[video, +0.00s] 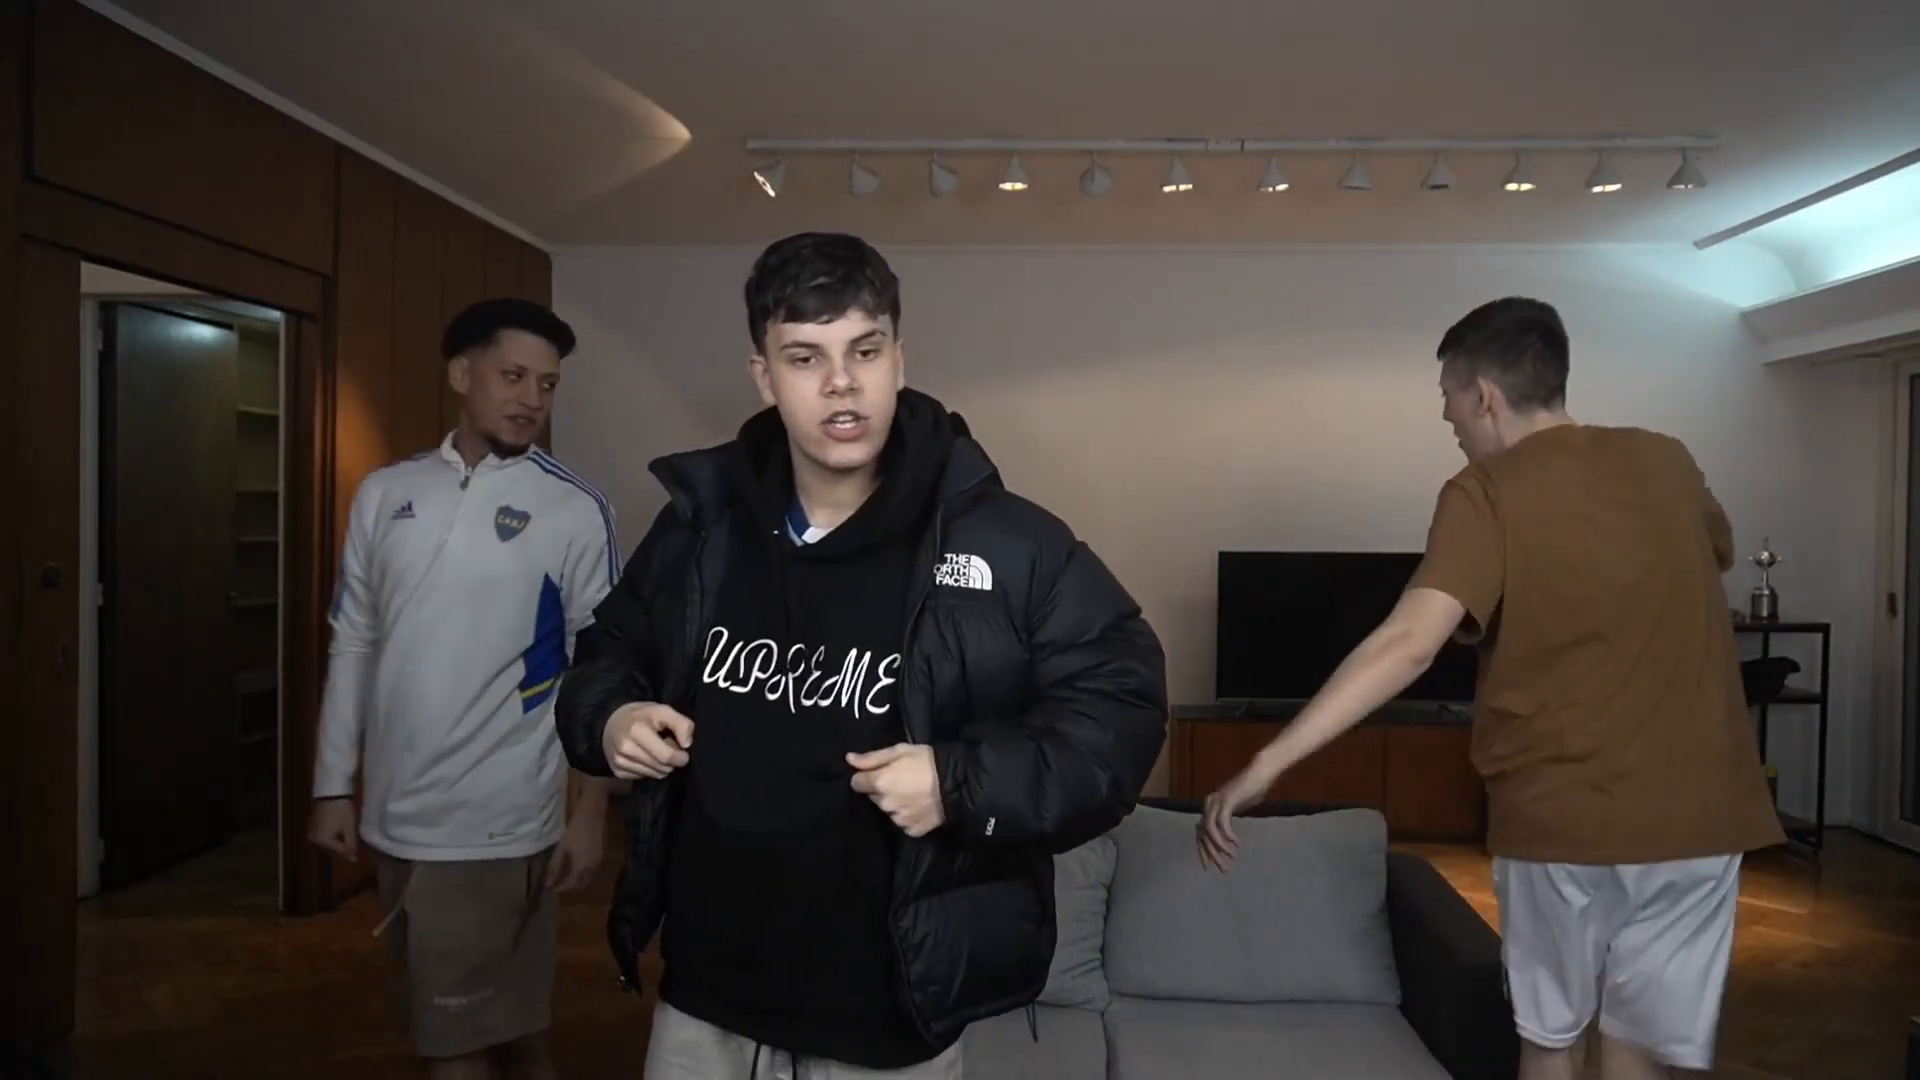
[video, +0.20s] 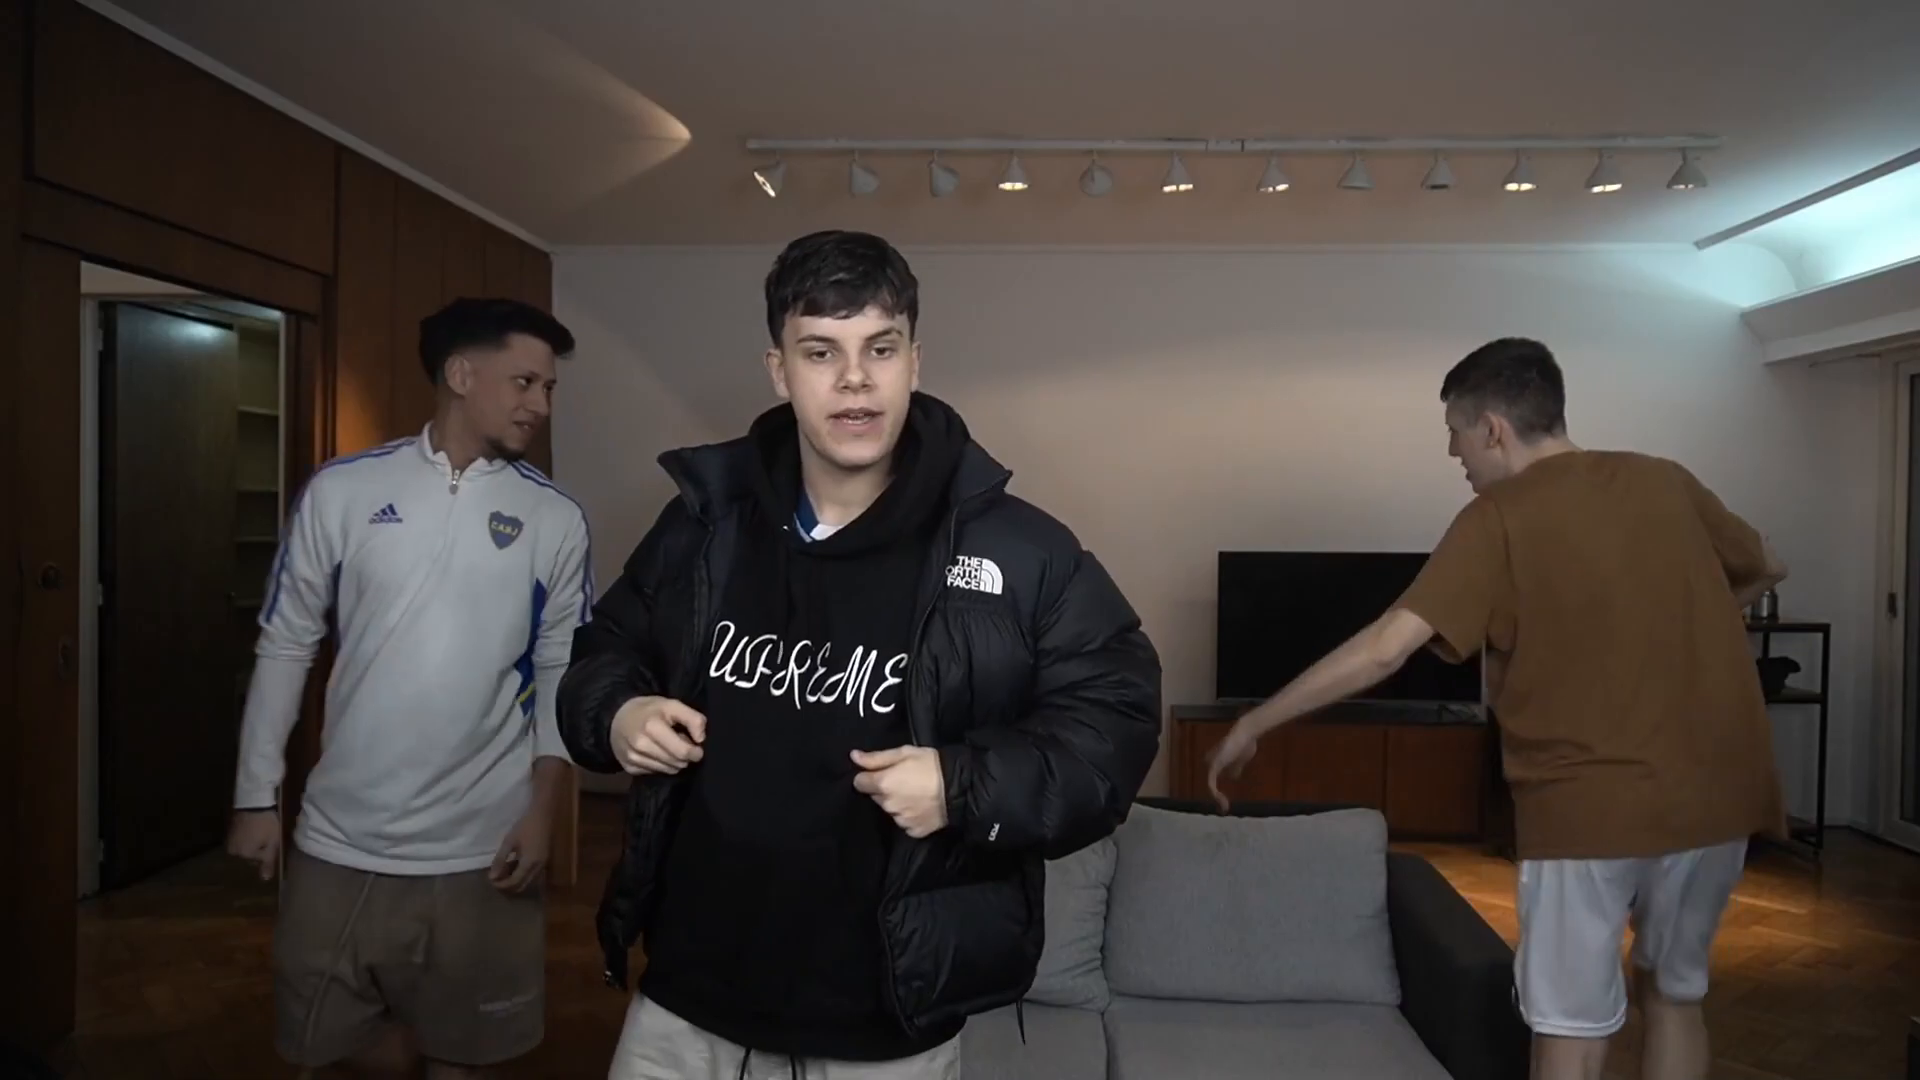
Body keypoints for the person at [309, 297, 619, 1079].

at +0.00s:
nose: (533, 398)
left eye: (546, 384)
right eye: (516, 376)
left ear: (553, 394)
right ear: (460, 373)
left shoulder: (574, 509)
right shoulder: (387, 495)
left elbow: (598, 663)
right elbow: (353, 642)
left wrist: (589, 809)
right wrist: (333, 787)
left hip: (506, 828)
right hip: (398, 819)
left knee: (457, 1046)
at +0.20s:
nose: (541, 406)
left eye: (547, 388)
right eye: (525, 382)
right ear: (459, 374)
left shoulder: (555, 521)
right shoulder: (341, 493)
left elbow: (559, 671)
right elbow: (286, 644)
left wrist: (546, 802)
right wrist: (256, 797)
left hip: (482, 861)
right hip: (340, 850)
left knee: (464, 1058)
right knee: (333, 1053)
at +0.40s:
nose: (522, 399)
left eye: (521, 379)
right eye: (508, 376)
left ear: (458, 374)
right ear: (447, 370)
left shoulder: (512, 513)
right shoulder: (308, 490)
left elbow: (525, 658)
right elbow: (227, 657)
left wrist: (545, 772)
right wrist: (217, 826)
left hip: (468, 853)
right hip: (317, 853)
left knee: (466, 1056)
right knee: (299, 1064)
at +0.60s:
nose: (460, 395)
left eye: (459, 374)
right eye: (451, 370)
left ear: (402, 371)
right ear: (398, 367)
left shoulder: (425, 506)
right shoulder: (271, 490)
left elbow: (446, 659)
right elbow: (196, 687)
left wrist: (530, 777)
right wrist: (242, 869)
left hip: (415, 872)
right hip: (288, 890)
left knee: (427, 1059)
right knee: (258, 1069)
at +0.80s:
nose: (374, 386)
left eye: (372, 364)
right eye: (365, 361)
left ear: (307, 359)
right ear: (309, 356)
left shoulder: (286, 482)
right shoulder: (208, 484)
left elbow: (272, 700)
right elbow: (167, 709)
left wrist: (333, 852)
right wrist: (278, 879)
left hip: (311, 888)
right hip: (194, 911)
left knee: (348, 1064)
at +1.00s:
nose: (305, 366)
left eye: (301, 344)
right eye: (286, 343)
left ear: (219, 350)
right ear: (217, 348)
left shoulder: (214, 470)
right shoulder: (142, 473)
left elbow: (209, 679)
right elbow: (79, 693)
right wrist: (257, 796)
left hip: (221, 889)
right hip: (135, 908)